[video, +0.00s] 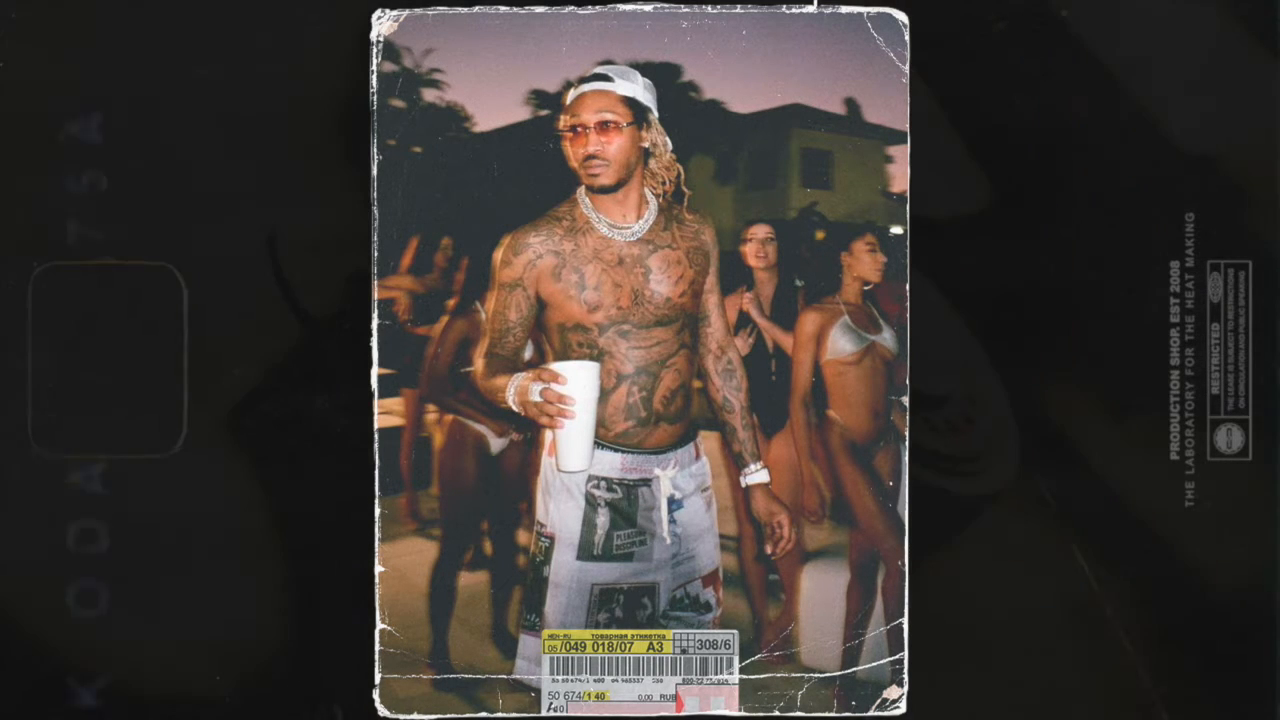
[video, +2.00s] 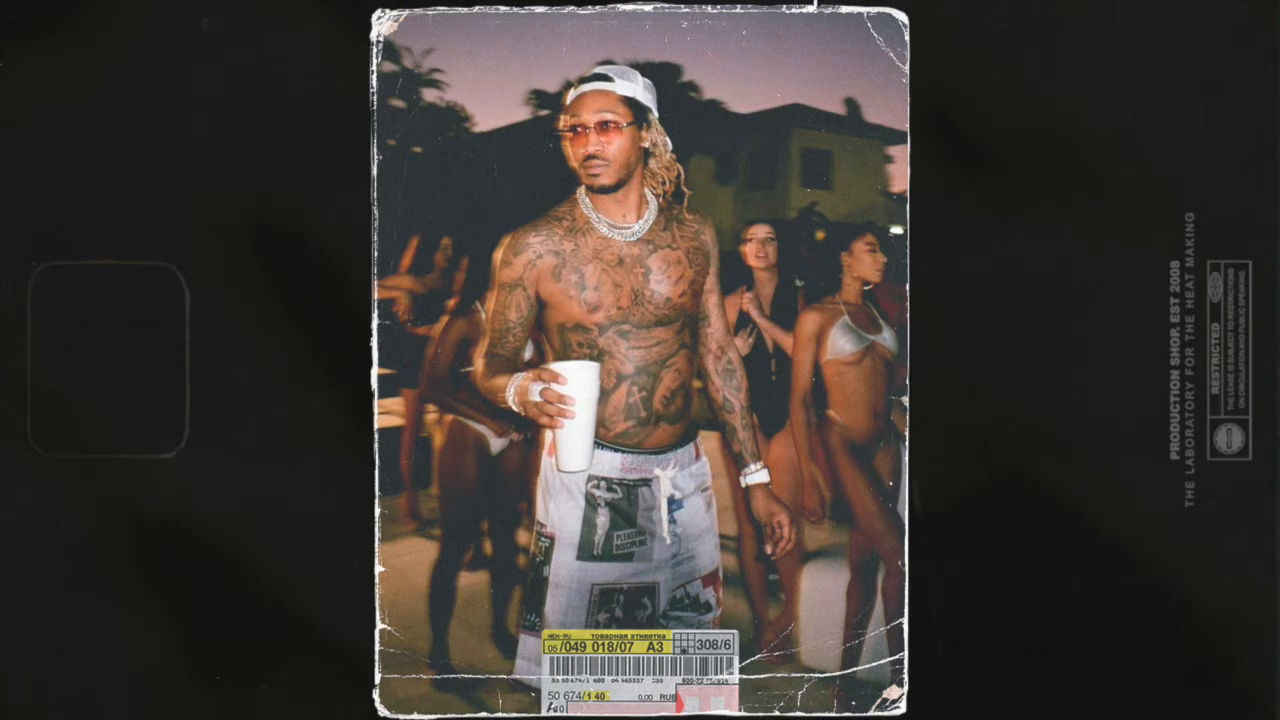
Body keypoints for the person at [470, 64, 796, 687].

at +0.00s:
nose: (589, 143)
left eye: (608, 126)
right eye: (576, 130)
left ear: (646, 138)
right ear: (565, 144)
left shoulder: (693, 235)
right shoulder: (532, 248)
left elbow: (720, 358)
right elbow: (491, 366)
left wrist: (756, 482)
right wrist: (516, 389)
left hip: (681, 477)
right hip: (583, 482)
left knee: (690, 664)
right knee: (574, 669)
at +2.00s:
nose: (590, 143)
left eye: (608, 126)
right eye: (576, 130)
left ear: (646, 138)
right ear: (565, 143)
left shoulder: (693, 236)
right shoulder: (532, 248)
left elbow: (720, 358)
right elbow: (491, 365)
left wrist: (756, 481)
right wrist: (516, 389)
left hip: (681, 477)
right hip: (582, 481)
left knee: (689, 663)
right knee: (572, 666)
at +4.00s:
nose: (590, 143)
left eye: (608, 126)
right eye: (576, 130)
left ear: (646, 138)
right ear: (565, 143)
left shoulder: (693, 235)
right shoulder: (532, 248)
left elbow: (720, 358)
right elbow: (491, 365)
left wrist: (756, 482)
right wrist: (516, 389)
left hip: (681, 476)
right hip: (582, 481)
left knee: (689, 664)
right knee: (573, 669)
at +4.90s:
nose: (590, 143)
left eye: (608, 126)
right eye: (576, 130)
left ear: (645, 138)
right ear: (565, 143)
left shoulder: (693, 235)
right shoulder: (532, 248)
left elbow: (720, 358)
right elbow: (491, 364)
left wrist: (756, 482)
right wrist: (516, 389)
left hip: (681, 477)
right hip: (582, 482)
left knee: (689, 664)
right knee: (574, 669)